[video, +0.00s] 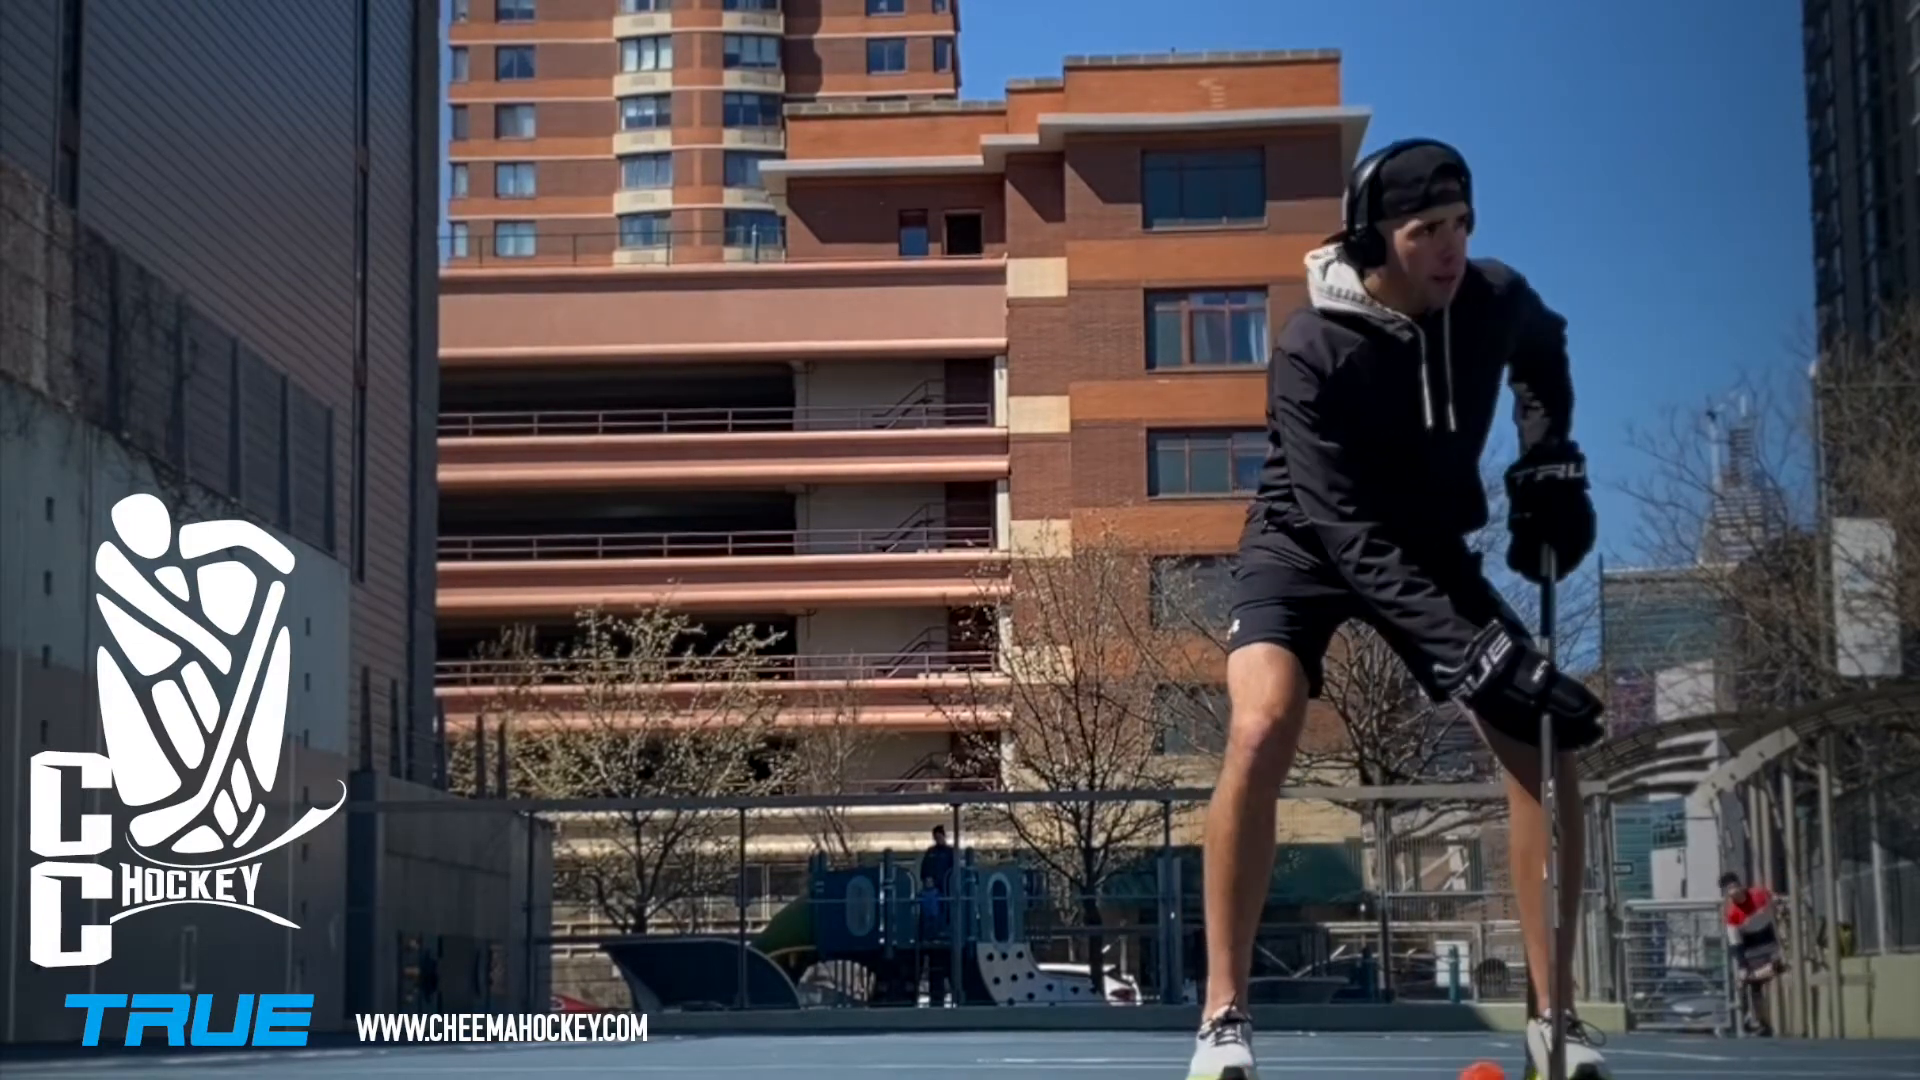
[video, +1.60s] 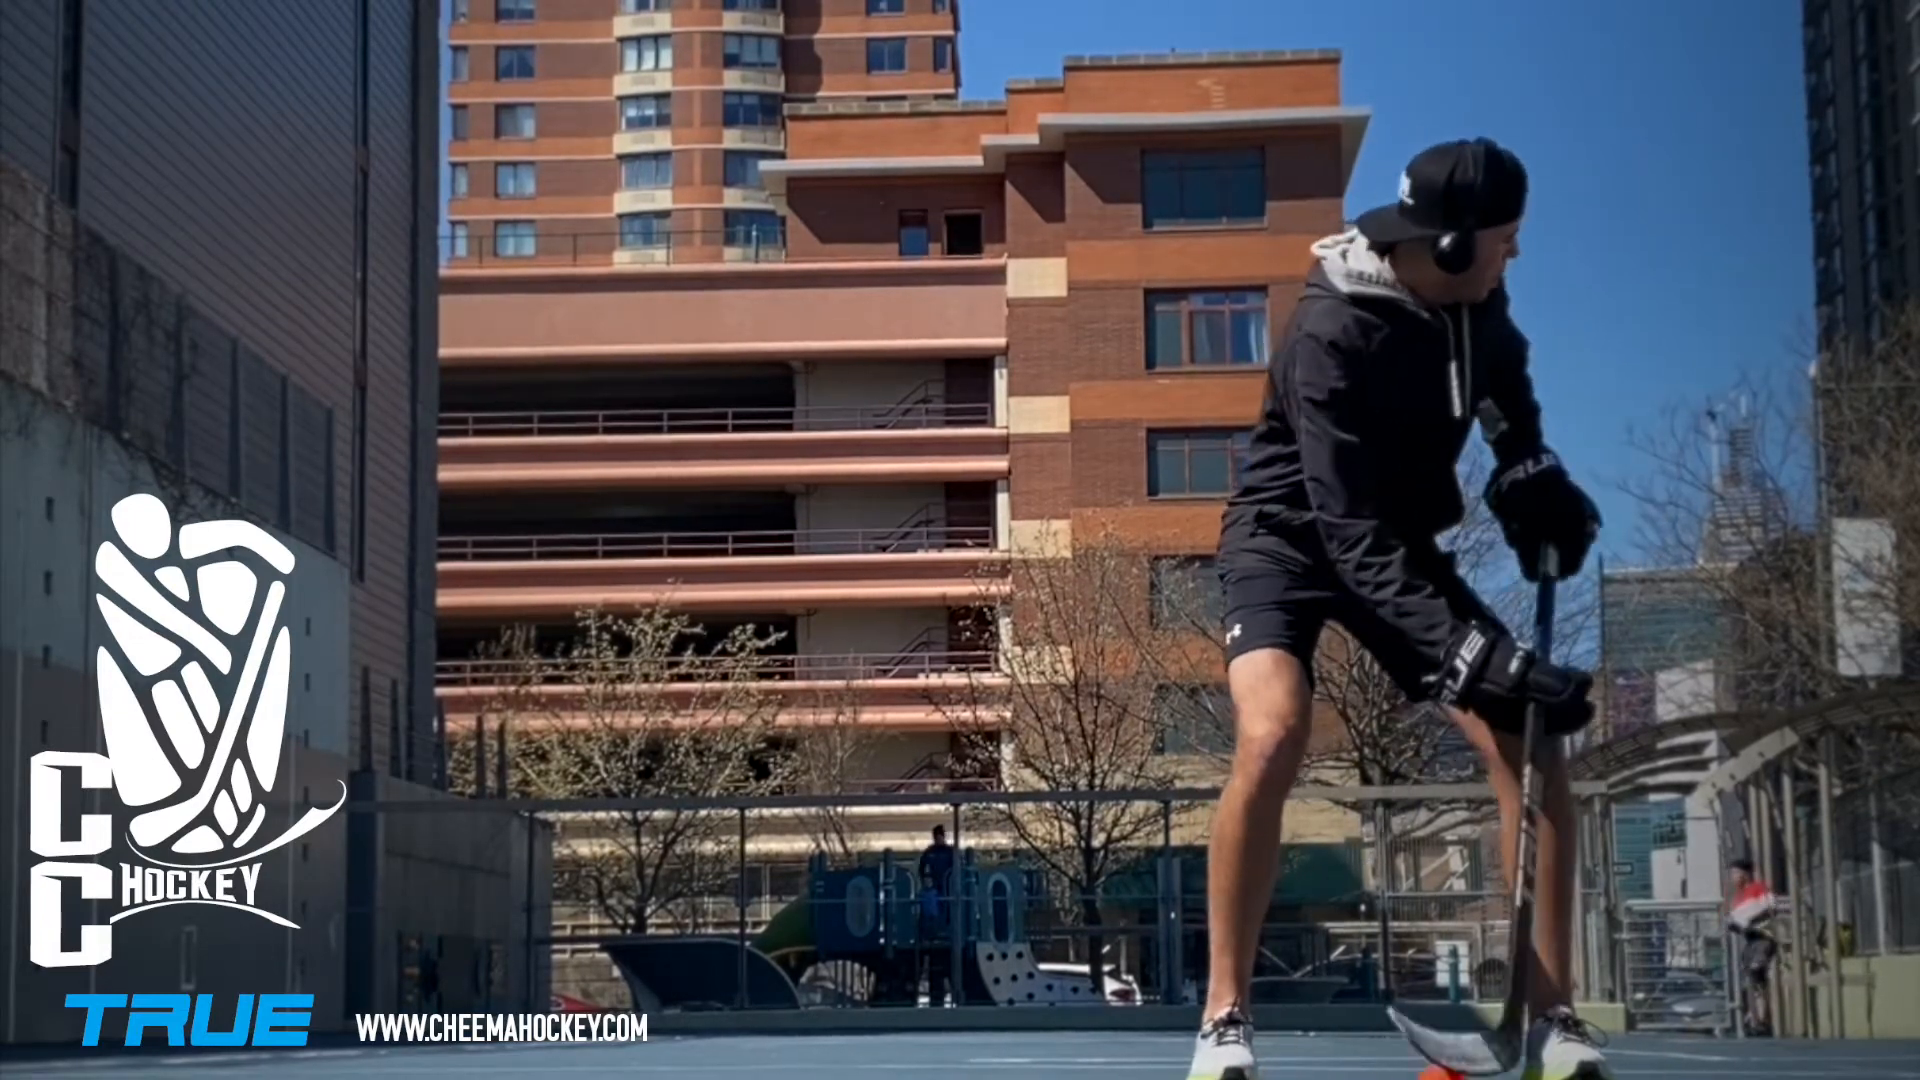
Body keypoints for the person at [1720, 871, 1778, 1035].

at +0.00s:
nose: (1733, 892)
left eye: (1735, 887)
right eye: (1729, 890)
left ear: (1741, 885)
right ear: (1726, 894)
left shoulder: (1761, 896)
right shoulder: (1732, 914)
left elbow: (1774, 922)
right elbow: (1735, 943)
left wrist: (1779, 950)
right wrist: (1743, 966)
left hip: (1769, 945)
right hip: (1750, 950)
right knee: (1755, 989)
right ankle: (1763, 1025)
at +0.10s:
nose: (1732, 893)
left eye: (1733, 887)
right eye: (1727, 890)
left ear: (1739, 886)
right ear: (1724, 895)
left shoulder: (1759, 895)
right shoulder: (1732, 915)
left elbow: (1775, 922)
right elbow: (1735, 943)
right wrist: (1741, 967)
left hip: (1769, 944)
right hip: (1750, 948)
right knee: (1755, 988)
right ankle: (1762, 1024)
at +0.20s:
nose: (1730, 893)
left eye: (1731, 888)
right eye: (1725, 891)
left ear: (1737, 886)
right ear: (1722, 895)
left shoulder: (1756, 896)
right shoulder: (1729, 914)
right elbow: (1733, 942)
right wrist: (1740, 967)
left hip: (1770, 946)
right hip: (1751, 950)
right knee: (1754, 988)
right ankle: (1762, 1024)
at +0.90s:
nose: (1723, 892)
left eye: (1725, 887)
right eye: (1720, 889)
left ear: (1733, 886)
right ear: (1719, 892)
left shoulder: (1753, 896)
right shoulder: (1726, 914)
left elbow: (1776, 905)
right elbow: (1730, 945)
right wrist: (1733, 970)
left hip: (1769, 943)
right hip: (1750, 948)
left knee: (1772, 966)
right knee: (1753, 988)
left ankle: (1744, 978)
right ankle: (1760, 1023)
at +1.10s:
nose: (1724, 887)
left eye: (1726, 882)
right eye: (1721, 883)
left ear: (1735, 881)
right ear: (1721, 886)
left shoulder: (1754, 894)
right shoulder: (1727, 910)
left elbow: (1777, 903)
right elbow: (1731, 940)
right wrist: (1733, 965)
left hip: (1769, 947)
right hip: (1749, 951)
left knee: (1755, 982)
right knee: (1743, 987)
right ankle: (1751, 1022)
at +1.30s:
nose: (1729, 880)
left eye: (1732, 875)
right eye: (1727, 875)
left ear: (1742, 876)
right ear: (1727, 878)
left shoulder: (1758, 890)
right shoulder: (1731, 903)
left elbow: (1778, 903)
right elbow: (1731, 931)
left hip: (1763, 937)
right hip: (1743, 941)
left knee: (1758, 977)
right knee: (1748, 981)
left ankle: (1759, 1020)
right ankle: (1752, 1021)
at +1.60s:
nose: (1734, 878)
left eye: (1737, 873)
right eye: (1732, 874)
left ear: (1746, 874)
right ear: (1733, 876)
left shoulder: (1758, 890)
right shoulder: (1738, 896)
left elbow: (1769, 910)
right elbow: (1735, 917)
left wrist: (1748, 923)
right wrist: (1734, 924)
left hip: (1764, 938)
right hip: (1750, 939)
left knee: (1756, 974)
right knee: (1748, 978)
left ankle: (1762, 1020)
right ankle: (1753, 1019)